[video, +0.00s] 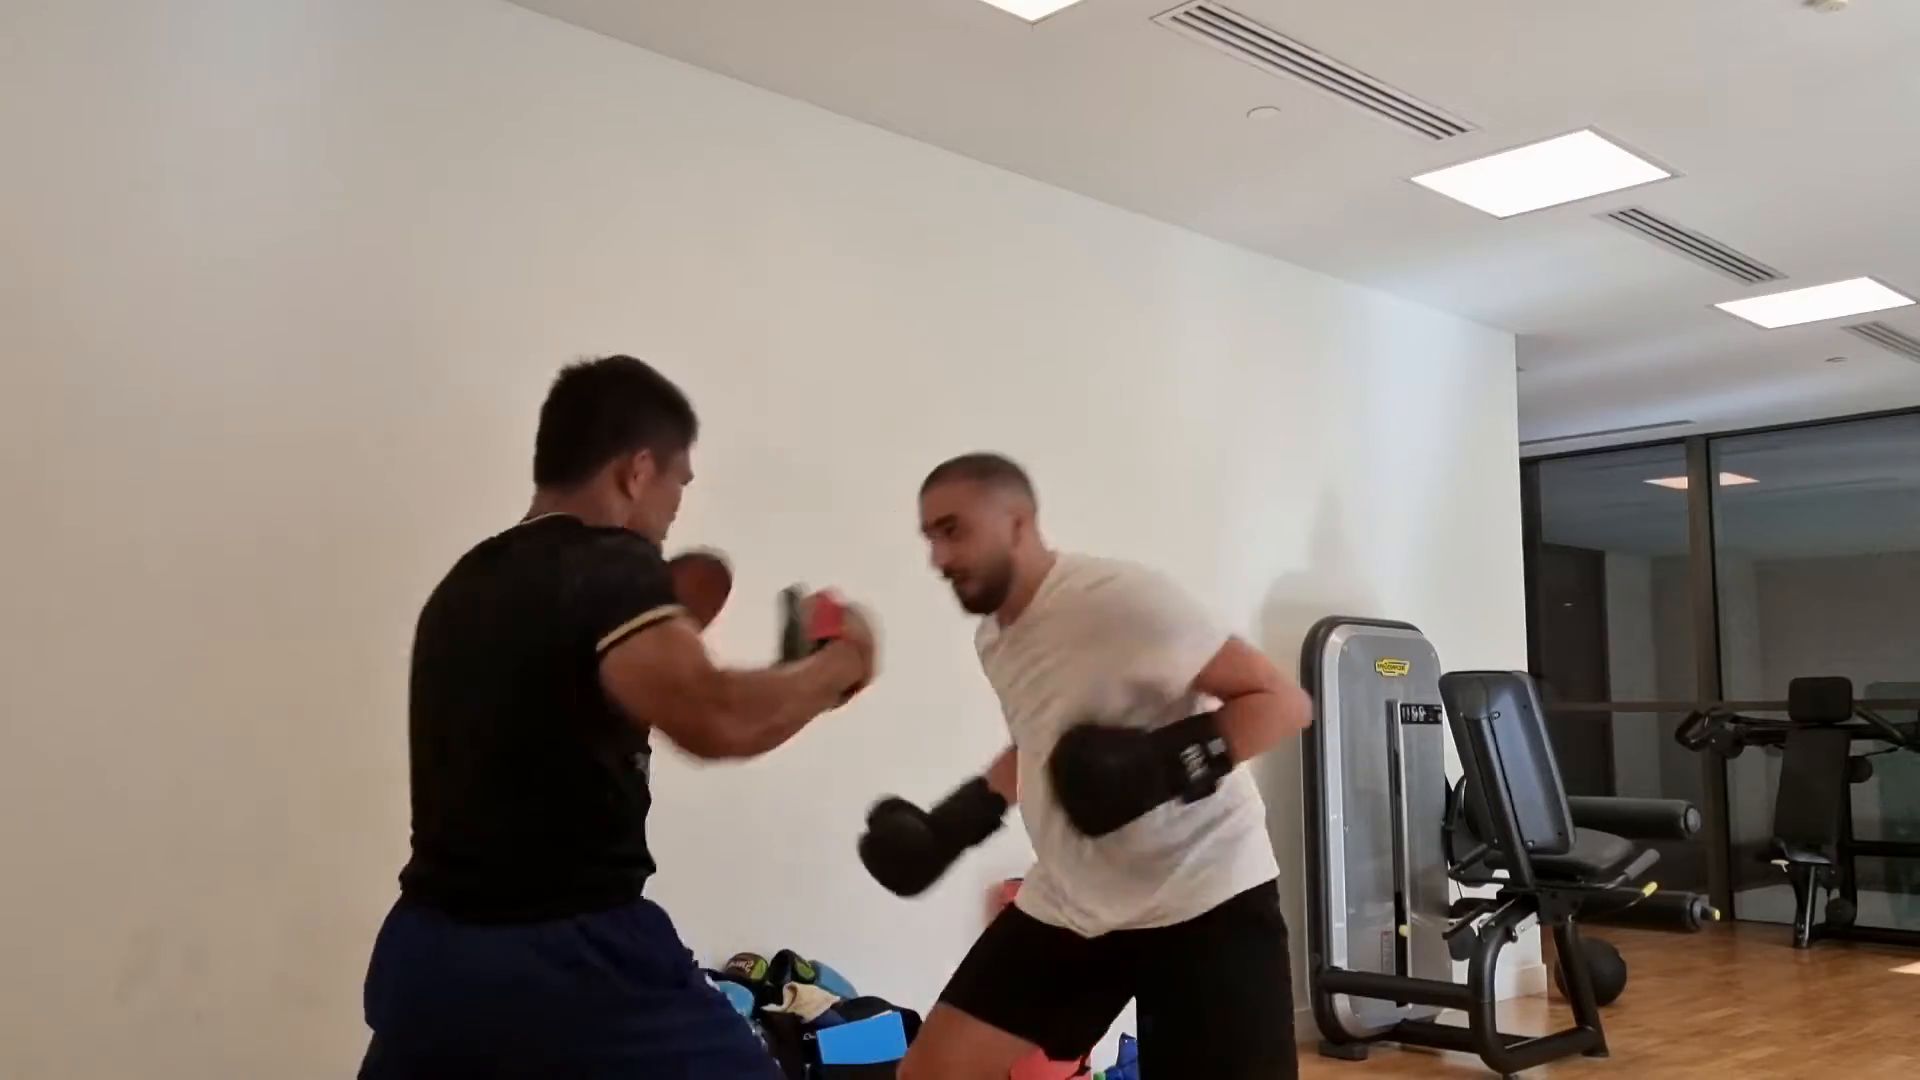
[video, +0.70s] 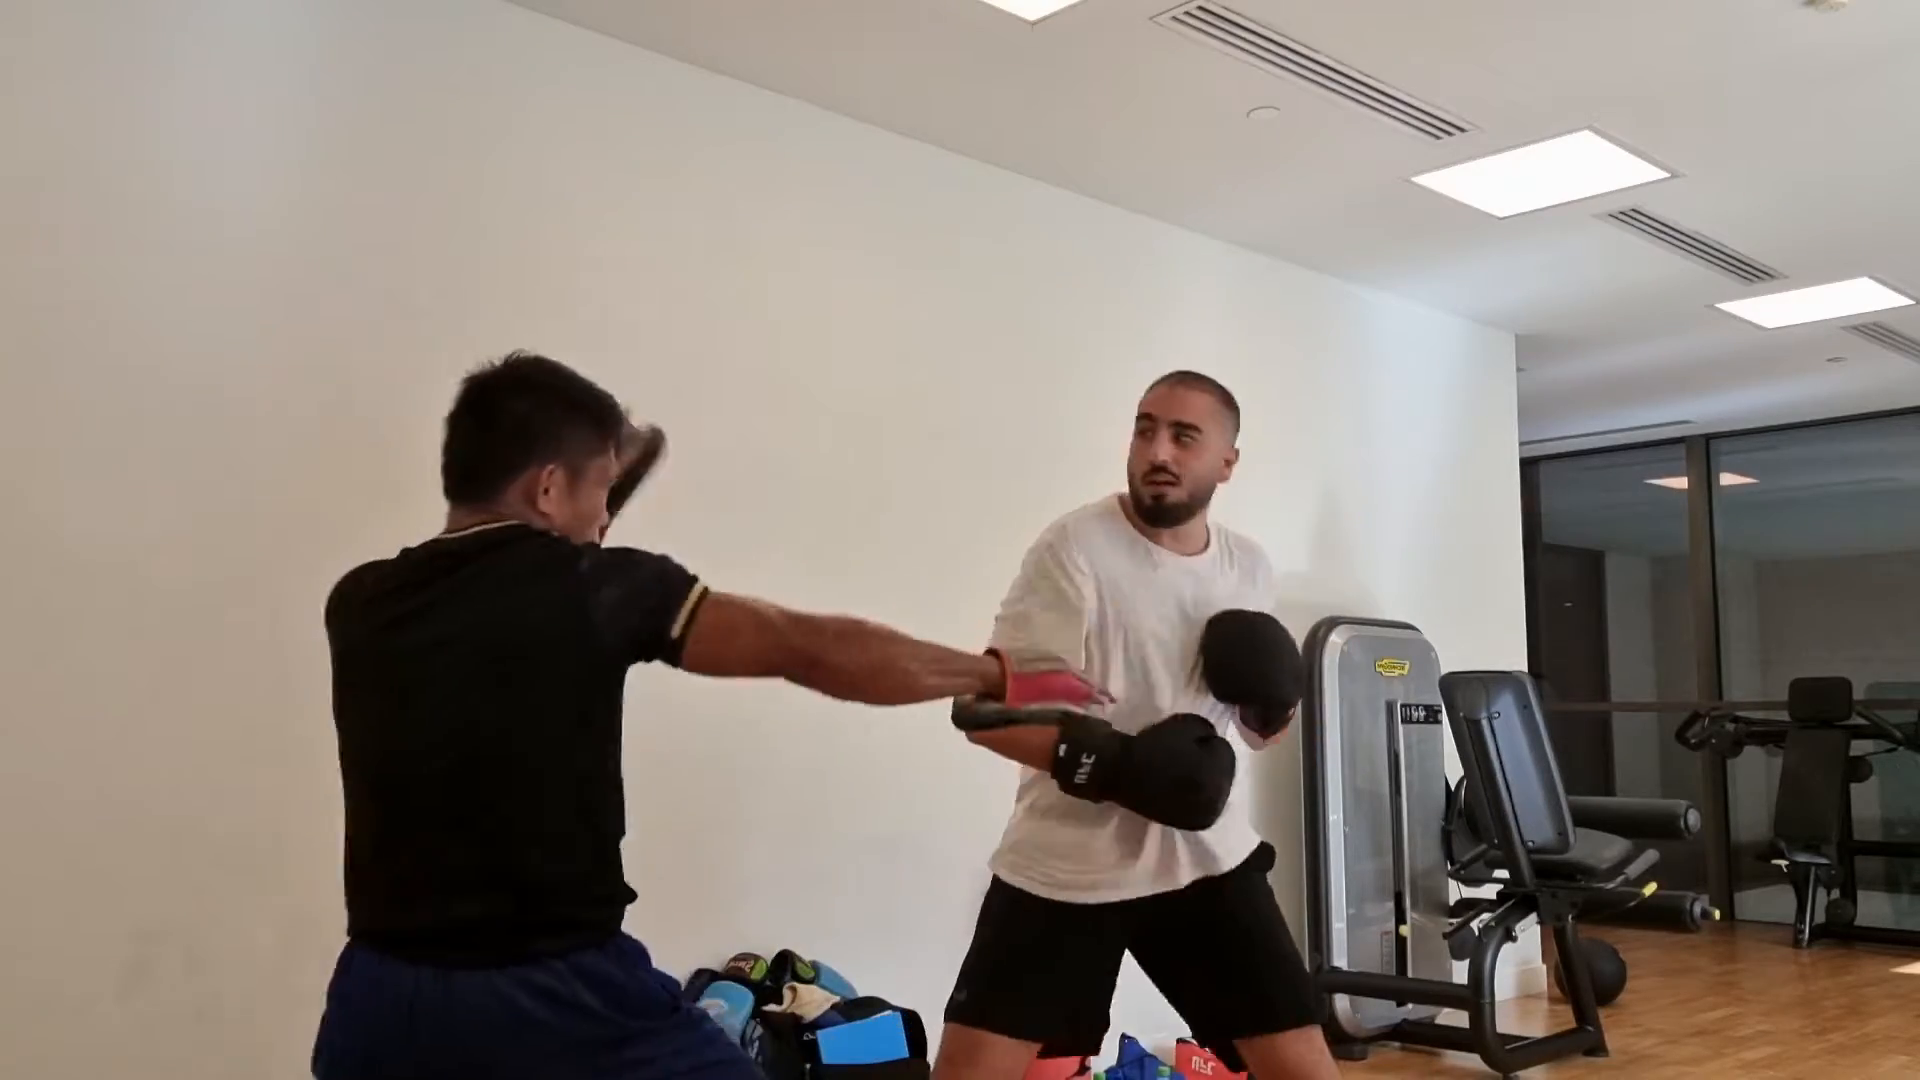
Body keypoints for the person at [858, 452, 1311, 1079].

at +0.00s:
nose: (936, 557)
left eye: (950, 531)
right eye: (930, 537)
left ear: (1019, 524)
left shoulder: (1126, 600)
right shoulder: (996, 643)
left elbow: (1283, 701)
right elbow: (1041, 744)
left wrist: (1163, 761)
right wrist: (948, 826)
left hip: (1205, 908)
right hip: (1068, 908)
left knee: (1232, 1070)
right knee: (936, 1070)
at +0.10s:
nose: (1040, 494)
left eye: (1060, 472)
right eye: (1022, 480)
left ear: (1112, 474)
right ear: (1005, 494)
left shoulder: (1217, 575)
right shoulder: (994, 609)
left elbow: (1308, 705)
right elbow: (925, 691)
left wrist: (1260, 724)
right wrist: (860, 708)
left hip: (1195, 893)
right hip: (1039, 902)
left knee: (1270, 1069)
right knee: (951, 1069)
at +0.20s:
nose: (1034, 474)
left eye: (1051, 450)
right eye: (1015, 458)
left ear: (1099, 451)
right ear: (1002, 472)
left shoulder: (1185, 555)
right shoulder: (980, 558)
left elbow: (1290, 708)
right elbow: (875, 699)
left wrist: (1260, 664)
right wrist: (923, 642)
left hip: (1186, 871)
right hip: (1045, 868)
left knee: (1251, 1069)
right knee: (943, 1064)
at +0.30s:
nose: (958, 494)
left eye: (975, 468)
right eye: (948, 477)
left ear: (1039, 461)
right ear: (944, 484)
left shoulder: (1117, 527)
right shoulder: (975, 603)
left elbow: (1210, 622)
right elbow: (989, 758)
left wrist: (1073, 553)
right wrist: (960, 709)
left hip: (1183, 872)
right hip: (1052, 868)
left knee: (1248, 1068)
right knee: (917, 1064)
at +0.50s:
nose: (1035, 443)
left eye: (1054, 422)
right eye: (1023, 428)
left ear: (1111, 427)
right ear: (1014, 442)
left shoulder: (1189, 523)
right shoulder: (996, 561)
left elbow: (1275, 679)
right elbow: (993, 731)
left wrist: (1147, 633)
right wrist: (1037, 756)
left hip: (1195, 849)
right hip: (1050, 855)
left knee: (1282, 1070)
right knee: (938, 1064)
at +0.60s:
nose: (1133, 446)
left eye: (1155, 426)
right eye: (1115, 428)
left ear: (1198, 447)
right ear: (1100, 446)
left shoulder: (1243, 564)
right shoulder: (1044, 561)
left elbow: (1293, 721)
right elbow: (978, 718)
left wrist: (1260, 686)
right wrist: (1104, 765)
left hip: (1206, 865)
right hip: (1056, 871)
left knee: (1308, 1067)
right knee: (968, 1070)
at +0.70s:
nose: (1159, 452)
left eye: (1185, 436)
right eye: (1147, 431)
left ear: (1228, 463)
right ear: (1128, 444)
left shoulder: (1246, 566)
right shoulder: (1072, 550)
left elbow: (1264, 731)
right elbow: (988, 711)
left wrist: (1270, 691)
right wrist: (1109, 761)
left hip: (1206, 867)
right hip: (1061, 869)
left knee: (1305, 1069)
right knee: (971, 1071)